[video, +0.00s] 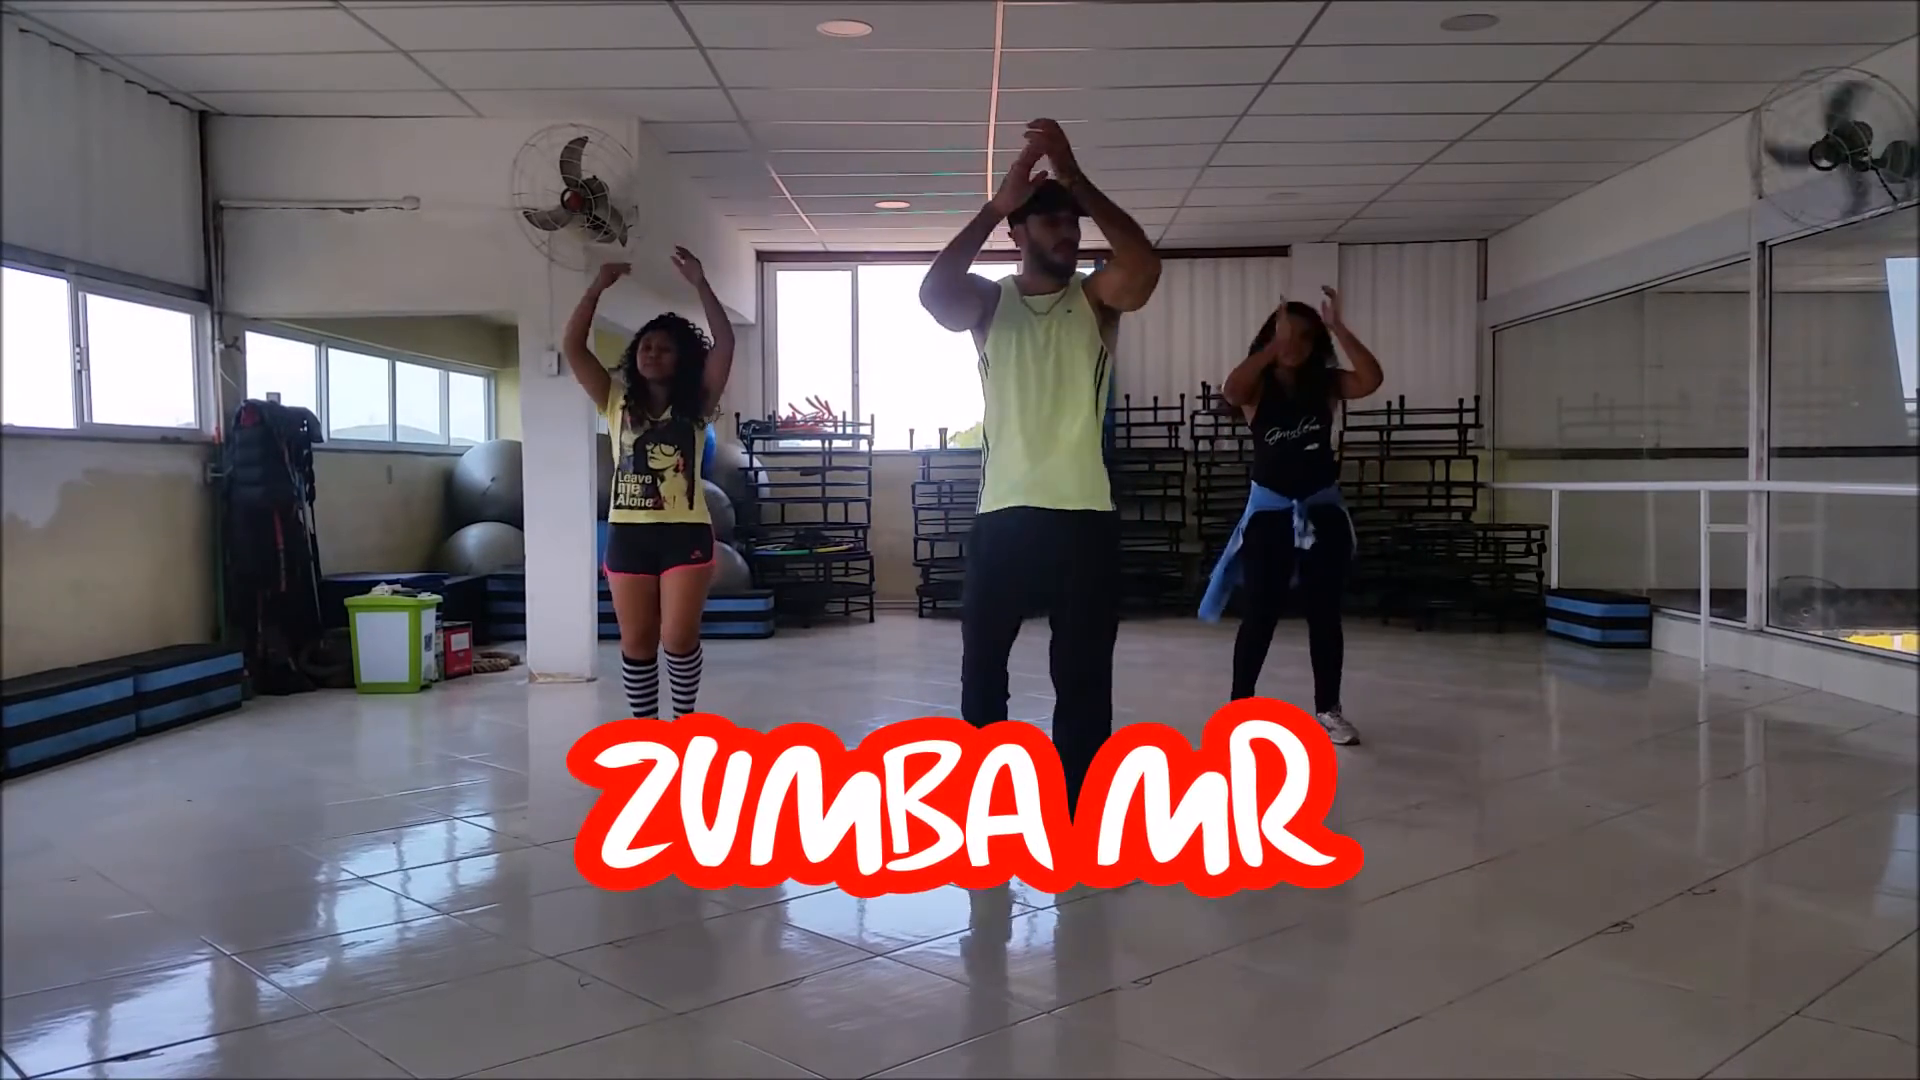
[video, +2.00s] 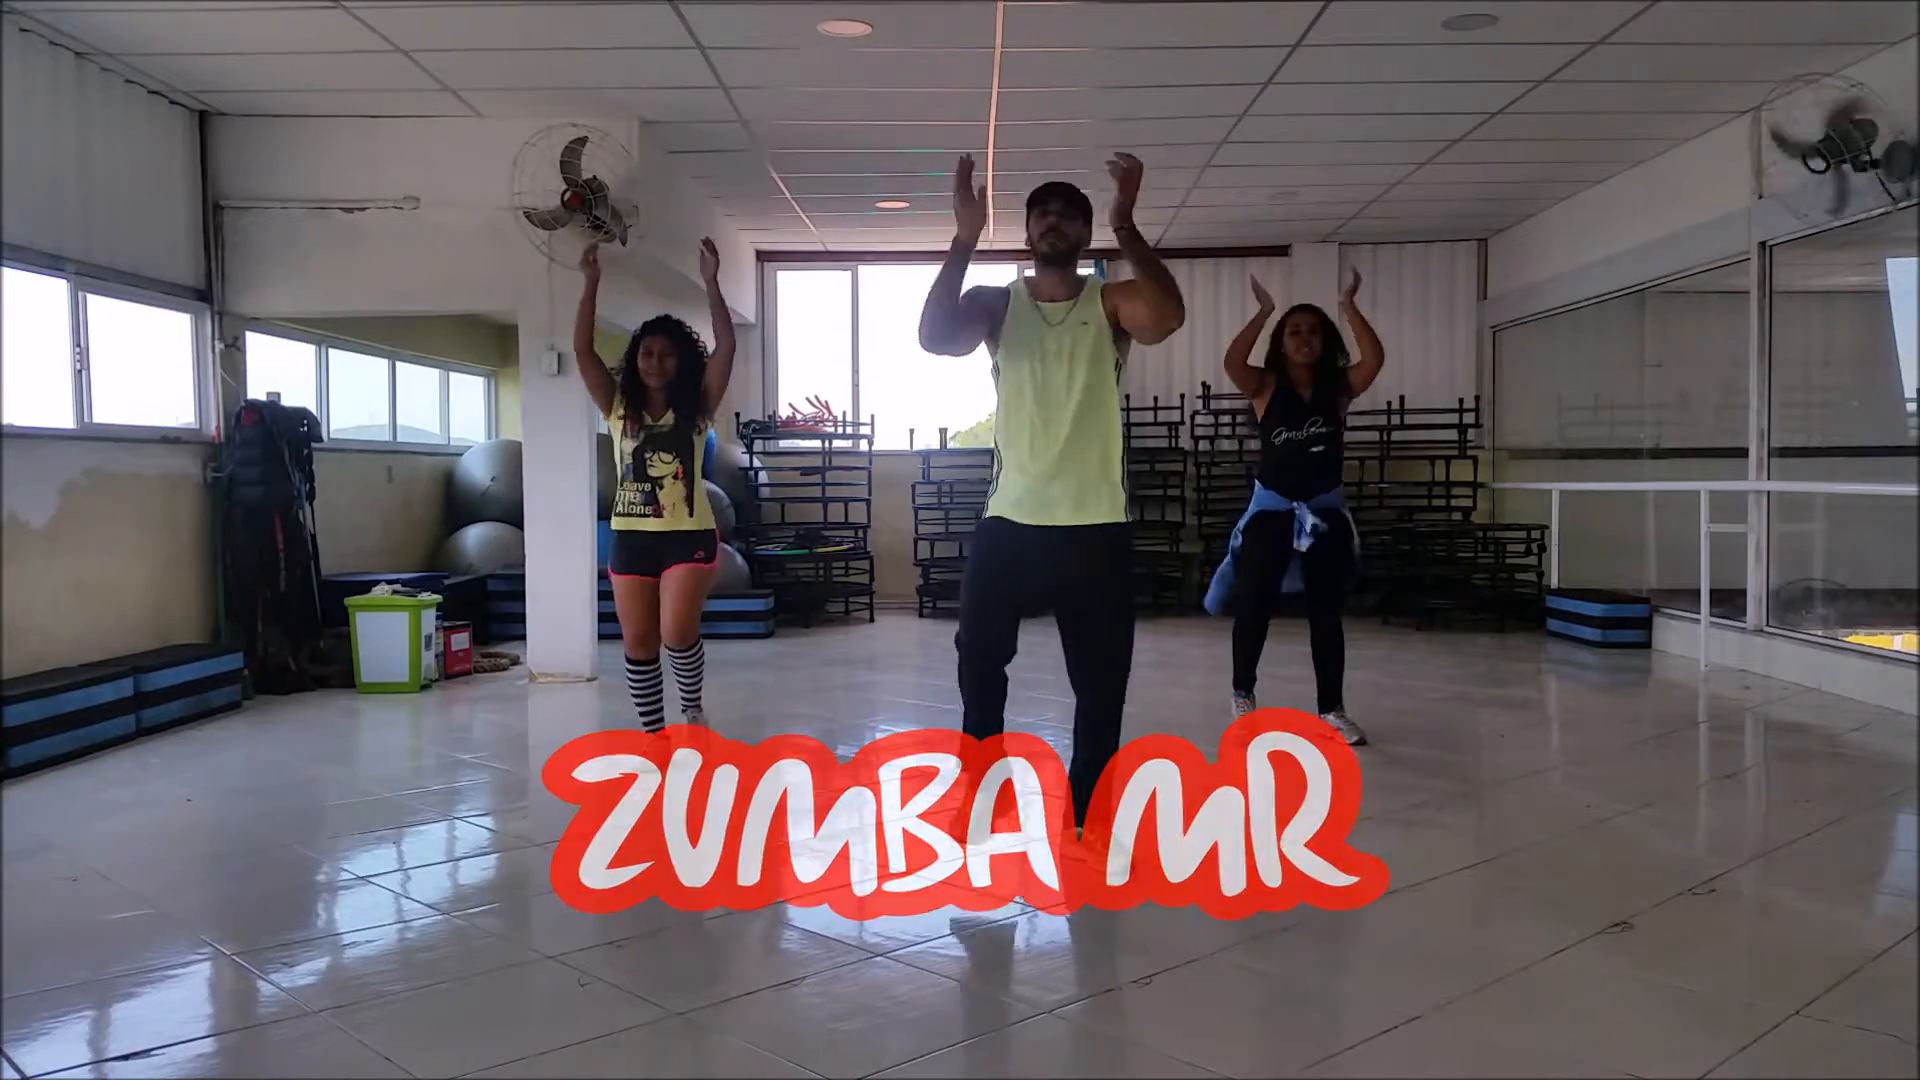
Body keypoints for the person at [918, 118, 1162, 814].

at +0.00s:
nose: (1065, 231)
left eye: (1071, 220)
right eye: (1050, 220)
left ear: (1081, 230)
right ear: (1017, 232)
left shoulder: (1097, 297)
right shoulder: (991, 302)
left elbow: (1142, 263)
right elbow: (936, 290)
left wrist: (1076, 180)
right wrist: (998, 208)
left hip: (1086, 518)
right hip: (1006, 517)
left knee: (1084, 684)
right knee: (981, 672)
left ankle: (1080, 822)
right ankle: (981, 810)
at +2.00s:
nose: (1053, 225)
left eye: (1067, 217)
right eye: (1041, 216)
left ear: (1087, 235)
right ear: (1027, 234)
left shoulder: (1112, 298)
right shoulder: (996, 303)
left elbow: (1167, 313)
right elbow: (935, 336)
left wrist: (1123, 226)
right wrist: (967, 235)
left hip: (1095, 523)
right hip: (1012, 520)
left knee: (1102, 691)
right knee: (979, 666)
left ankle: (1086, 827)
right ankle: (983, 803)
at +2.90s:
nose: (1066, 228)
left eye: (1079, 216)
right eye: (1053, 217)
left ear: (1098, 226)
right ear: (1035, 229)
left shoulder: (1129, 300)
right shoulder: (1004, 309)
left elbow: (1211, 350)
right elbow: (922, 378)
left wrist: (1179, 300)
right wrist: (937, 315)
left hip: (1109, 525)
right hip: (1021, 523)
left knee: (1127, 680)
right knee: (977, 663)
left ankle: (1118, 825)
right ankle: (973, 801)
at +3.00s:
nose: (1060, 233)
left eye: (1073, 221)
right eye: (1047, 221)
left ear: (1094, 227)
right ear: (1030, 229)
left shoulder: (1133, 306)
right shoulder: (1000, 312)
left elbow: (1231, 366)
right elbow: (923, 378)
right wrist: (913, 410)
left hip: (1108, 529)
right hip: (1018, 527)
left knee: (1124, 686)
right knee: (975, 669)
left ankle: (1119, 823)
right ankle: (951, 808)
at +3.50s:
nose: (1013, 242)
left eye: (1026, 230)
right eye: (1001, 229)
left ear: (1047, 239)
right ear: (985, 237)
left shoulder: (1085, 322)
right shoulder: (946, 329)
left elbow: (1136, 406)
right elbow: (907, 419)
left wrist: (1119, 465)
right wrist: (897, 498)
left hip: (1070, 540)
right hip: (976, 542)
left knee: (1125, 685)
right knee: (937, 695)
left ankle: (1133, 817)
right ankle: (915, 829)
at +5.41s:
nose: (1043, 313)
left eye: (1056, 302)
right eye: (1031, 301)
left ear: (1073, 311)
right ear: (1012, 308)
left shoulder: (1101, 388)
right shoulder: (970, 401)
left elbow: (1139, 475)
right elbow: (935, 495)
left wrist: (1159, 526)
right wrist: (935, 582)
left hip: (1099, 583)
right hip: (1005, 590)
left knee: (1172, 707)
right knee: (950, 720)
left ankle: (1180, 833)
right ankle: (892, 838)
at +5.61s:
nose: (1041, 293)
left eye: (1054, 284)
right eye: (1029, 281)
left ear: (1069, 295)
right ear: (1009, 288)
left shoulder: (1085, 377)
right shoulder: (959, 372)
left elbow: (1132, 478)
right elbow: (908, 456)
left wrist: (1170, 567)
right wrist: (943, 485)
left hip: (1100, 575)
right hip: (1009, 586)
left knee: (1169, 712)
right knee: (959, 718)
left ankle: (1182, 834)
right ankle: (893, 838)